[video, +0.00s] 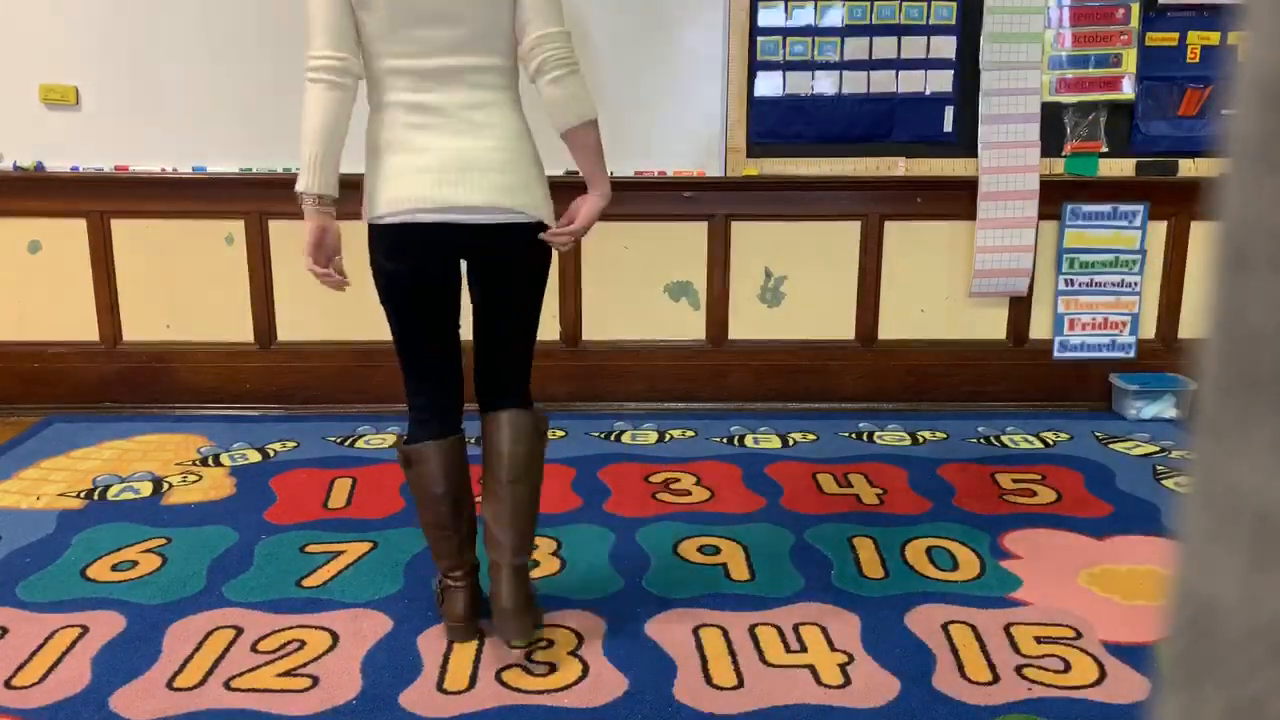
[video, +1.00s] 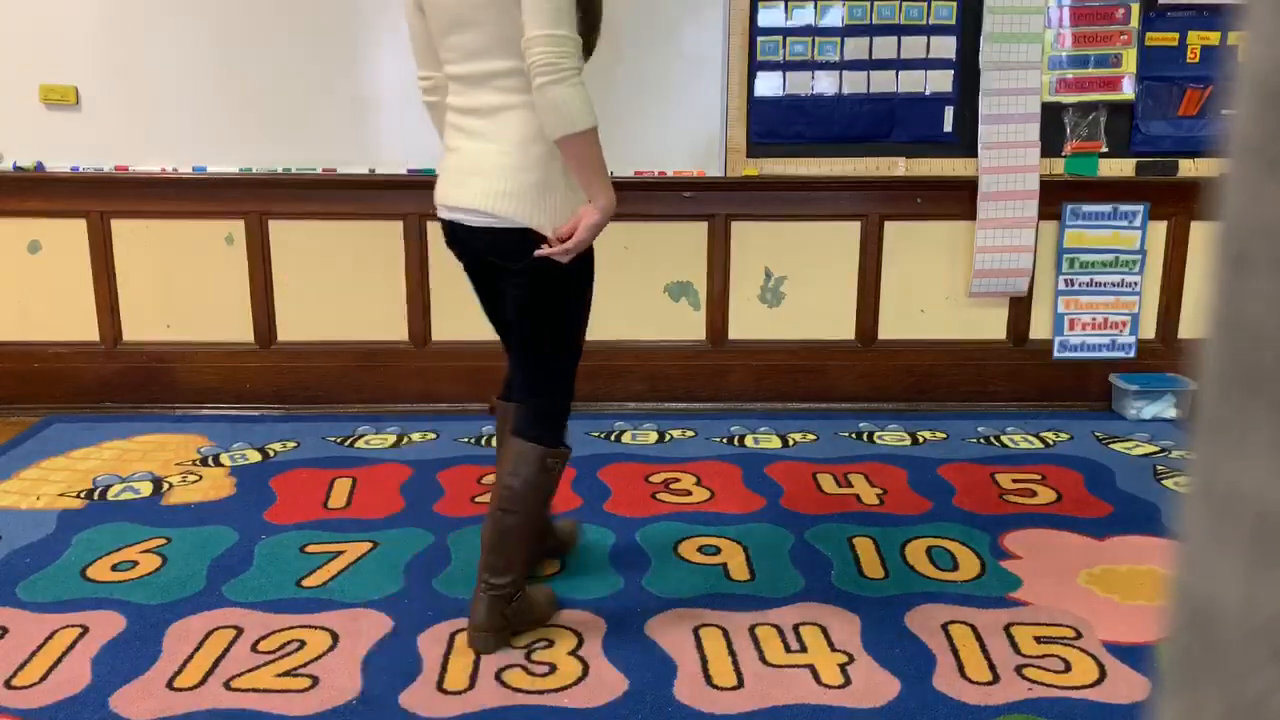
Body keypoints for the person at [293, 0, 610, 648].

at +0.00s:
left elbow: (332, 71)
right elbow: (548, 58)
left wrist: (320, 205)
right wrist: (597, 182)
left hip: (405, 200)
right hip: (509, 196)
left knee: (429, 397)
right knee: (508, 392)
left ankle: (456, 590)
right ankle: (511, 594)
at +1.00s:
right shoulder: (540, 1)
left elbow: (432, 82)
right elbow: (553, 72)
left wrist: (476, 165)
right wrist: (600, 192)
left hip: (461, 206)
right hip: (536, 210)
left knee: (528, 367)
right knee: (541, 394)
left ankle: (527, 525)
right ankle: (497, 599)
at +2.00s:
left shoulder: (371, 1)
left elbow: (358, 108)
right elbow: (546, 90)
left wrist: (365, 234)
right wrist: (596, 222)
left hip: (400, 233)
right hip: (512, 238)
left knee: (399, 453)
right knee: (543, 424)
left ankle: (381, 686)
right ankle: (507, 605)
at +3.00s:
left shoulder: (277, 4)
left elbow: (270, 123)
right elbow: (487, 114)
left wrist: (289, 226)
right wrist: (522, 209)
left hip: (344, 247)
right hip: (444, 241)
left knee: (377, 434)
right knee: (418, 403)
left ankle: (465, 593)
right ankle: (423, 579)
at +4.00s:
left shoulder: (92, 1)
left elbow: (73, 88)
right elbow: (284, 107)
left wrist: (55, 224)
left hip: (123, 226)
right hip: (239, 232)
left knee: (141, 389)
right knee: (214, 433)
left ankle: (168, 571)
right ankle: (160, 635)